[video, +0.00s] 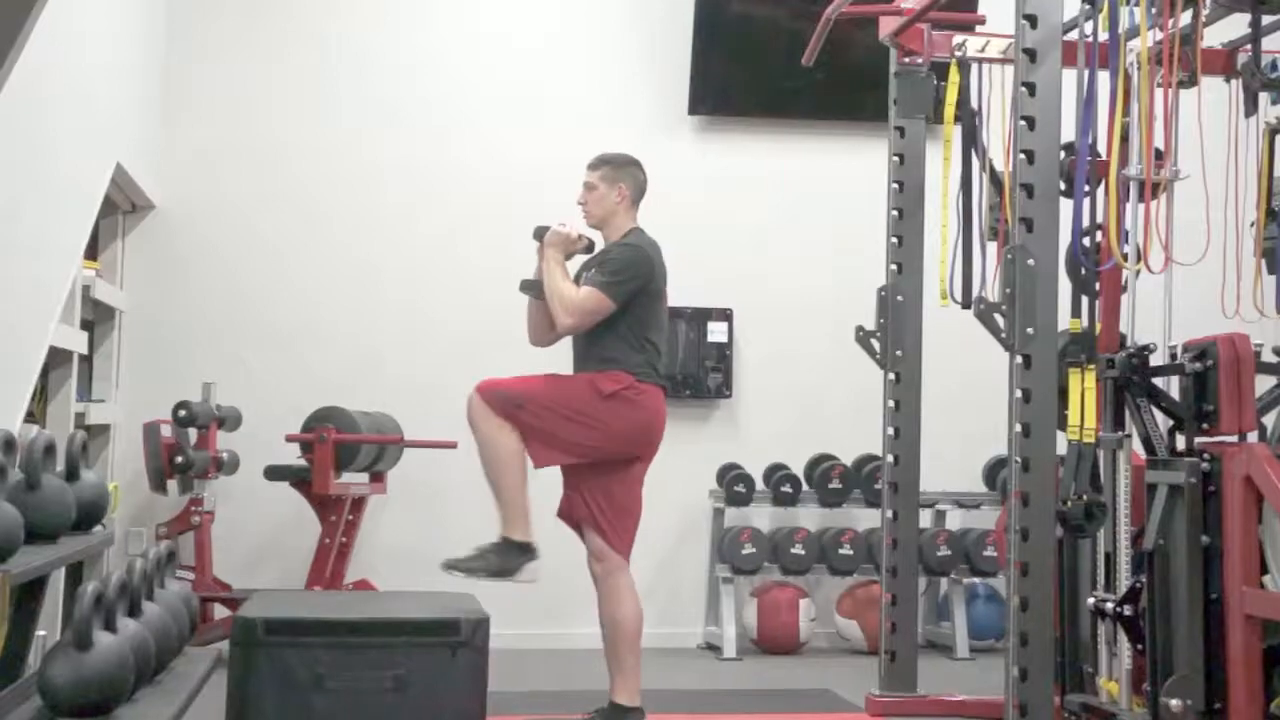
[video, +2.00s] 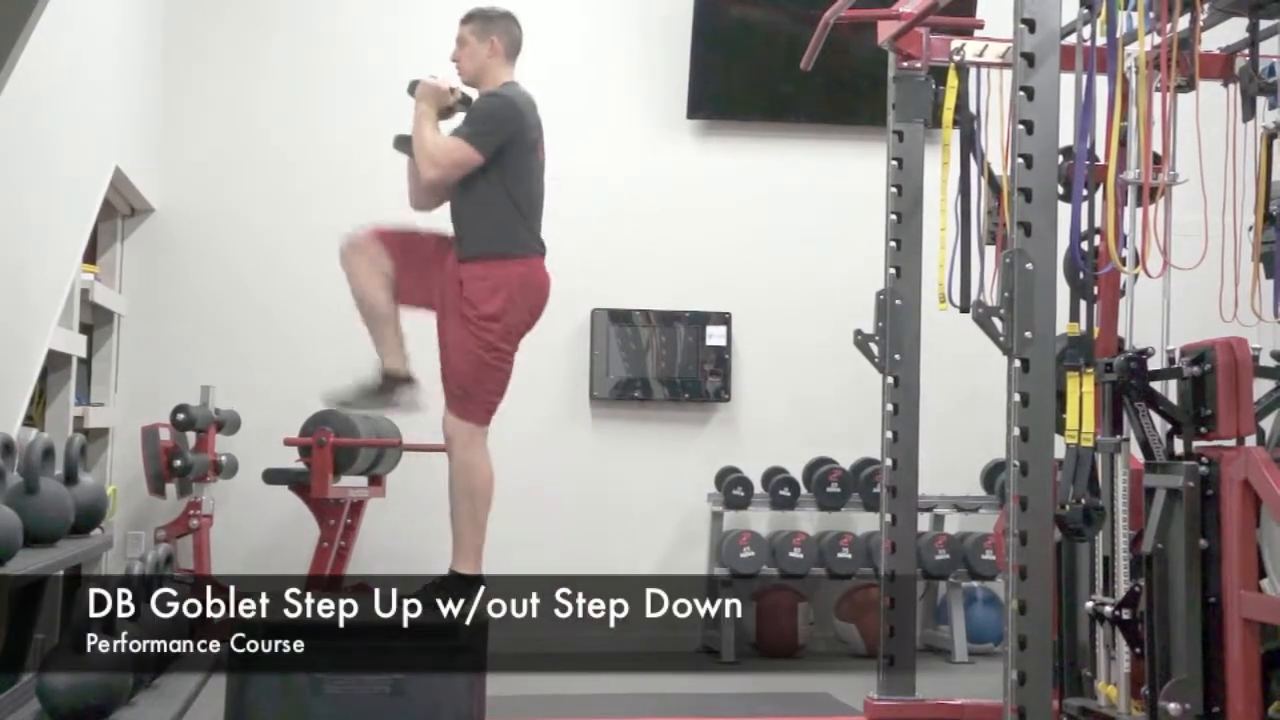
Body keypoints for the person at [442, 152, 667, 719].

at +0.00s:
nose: (581, 196)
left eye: (590, 187)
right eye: (583, 186)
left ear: (622, 193)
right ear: (616, 194)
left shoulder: (635, 252)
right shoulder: (606, 257)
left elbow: (569, 316)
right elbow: (540, 332)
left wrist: (555, 257)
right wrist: (545, 266)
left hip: (624, 400)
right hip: (619, 410)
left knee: (489, 403)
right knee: (608, 559)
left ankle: (516, 542)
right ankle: (625, 704)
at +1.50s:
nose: (493, 199)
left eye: (503, 189)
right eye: (495, 189)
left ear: (533, 197)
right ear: (527, 198)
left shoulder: (548, 257)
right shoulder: (523, 263)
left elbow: (481, 319)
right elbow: (456, 336)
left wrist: (462, 259)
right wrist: (457, 272)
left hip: (558, 405)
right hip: (570, 413)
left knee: (421, 438)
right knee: (553, 563)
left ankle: (464, 578)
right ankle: (612, 695)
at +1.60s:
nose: (474, 158)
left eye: (483, 148)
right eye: (476, 148)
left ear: (514, 153)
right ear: (512, 154)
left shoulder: (526, 214)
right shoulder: (509, 218)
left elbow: (459, 272)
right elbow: (434, 292)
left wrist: (444, 210)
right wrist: (439, 226)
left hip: (539, 366)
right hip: (563, 371)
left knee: (419, 439)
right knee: (535, 521)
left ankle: (463, 576)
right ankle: (583, 640)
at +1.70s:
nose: (464, 117)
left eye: (473, 107)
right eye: (466, 107)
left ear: (505, 112)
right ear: (503, 112)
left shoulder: (517, 171)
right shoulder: (501, 177)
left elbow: (446, 233)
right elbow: (425, 252)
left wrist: (434, 168)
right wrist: (430, 184)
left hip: (528, 328)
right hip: (535, 332)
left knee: (427, 437)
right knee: (482, 480)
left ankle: (464, 580)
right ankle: (557, 594)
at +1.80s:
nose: (458, 77)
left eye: (467, 66)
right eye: (461, 67)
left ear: (499, 69)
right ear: (496, 72)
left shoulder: (512, 128)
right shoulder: (492, 136)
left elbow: (442, 192)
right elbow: (426, 216)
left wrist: (430, 129)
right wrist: (423, 154)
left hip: (519, 294)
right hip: (494, 293)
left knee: (449, 429)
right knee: (404, 389)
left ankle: (464, 581)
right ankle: (488, 481)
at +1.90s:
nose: (456, 61)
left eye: (464, 49)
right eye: (458, 50)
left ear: (496, 50)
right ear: (497, 51)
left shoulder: (509, 107)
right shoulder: (491, 115)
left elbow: (438, 173)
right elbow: (427, 201)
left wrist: (427, 111)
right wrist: (427, 133)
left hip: (507, 280)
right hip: (470, 274)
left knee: (461, 429)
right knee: (366, 303)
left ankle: (465, 580)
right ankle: (431, 416)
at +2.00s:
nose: (453, 54)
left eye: (462, 43)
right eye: (455, 44)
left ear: (495, 46)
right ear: (495, 47)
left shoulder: (507, 105)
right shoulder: (488, 111)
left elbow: (434, 169)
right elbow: (422, 197)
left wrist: (425, 106)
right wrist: (427, 125)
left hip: (499, 280)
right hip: (466, 266)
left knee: (464, 432)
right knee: (363, 250)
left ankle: (465, 582)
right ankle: (395, 375)